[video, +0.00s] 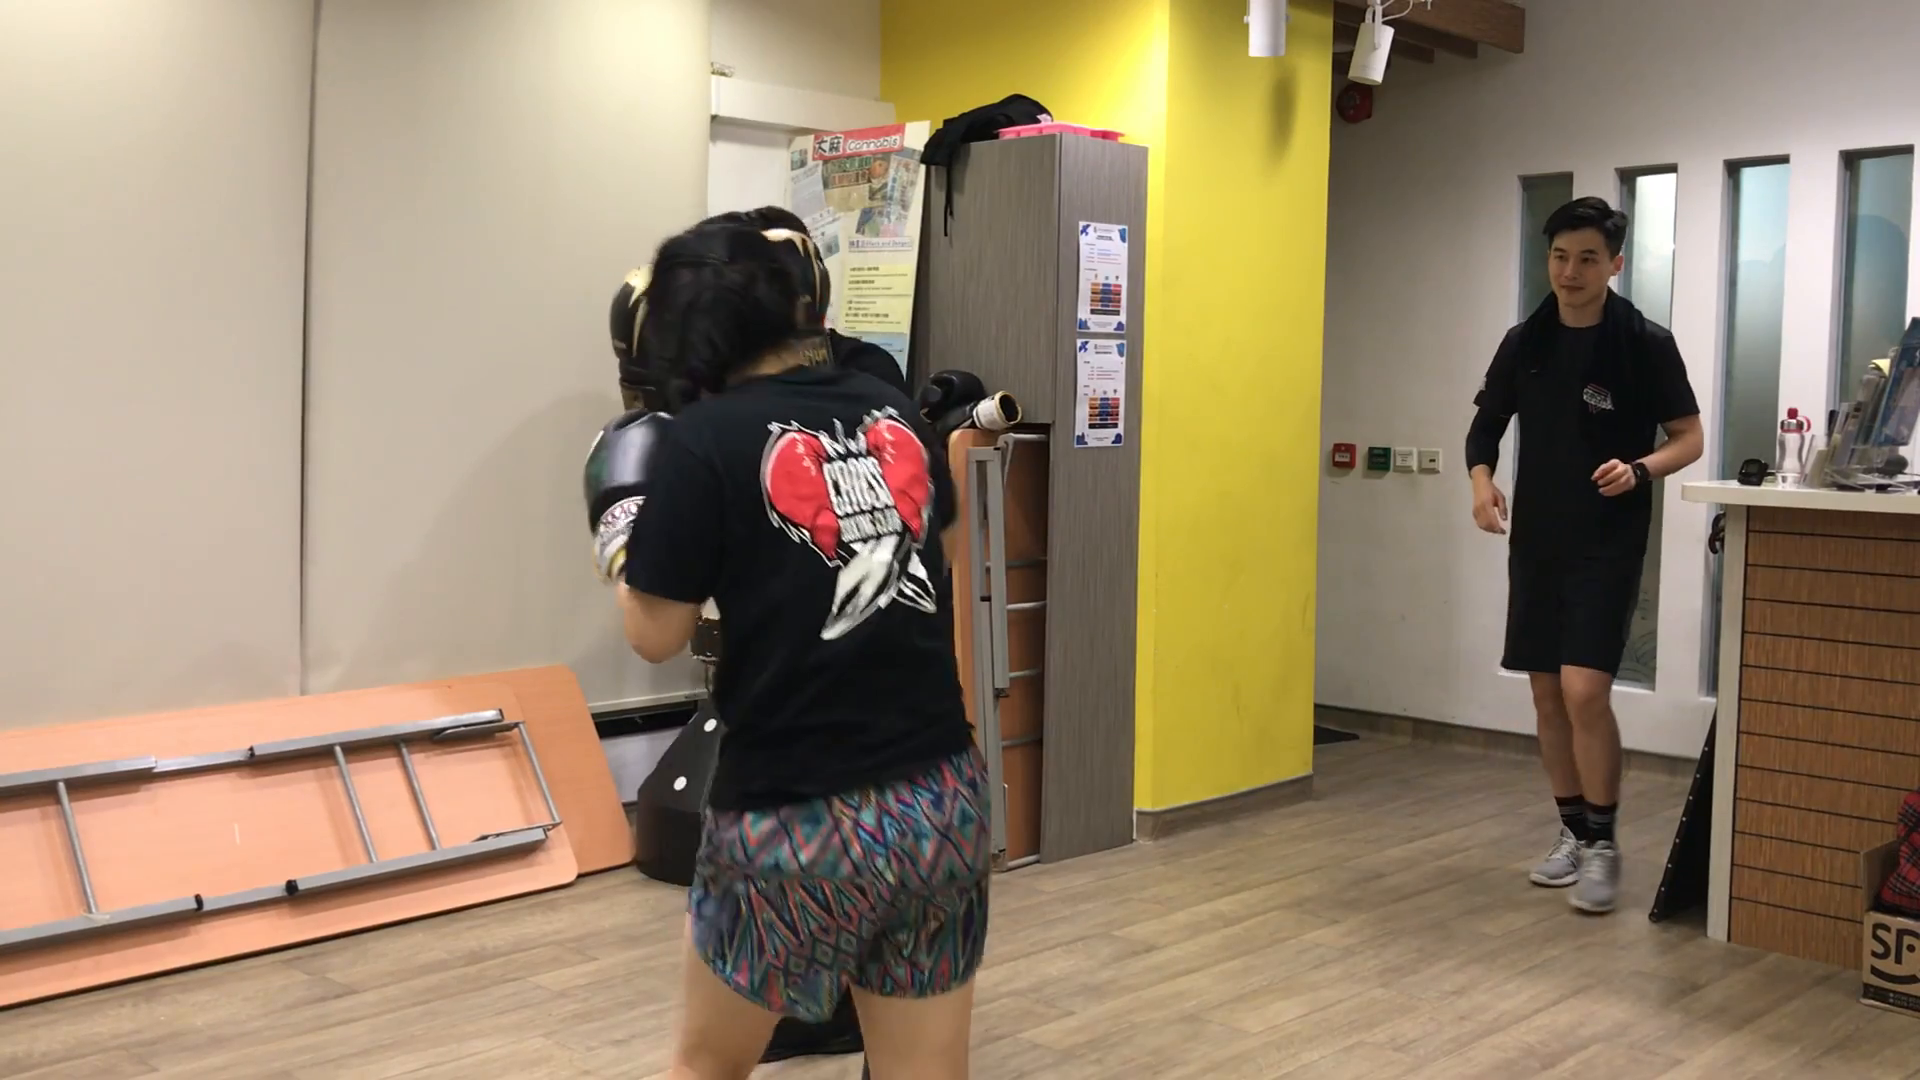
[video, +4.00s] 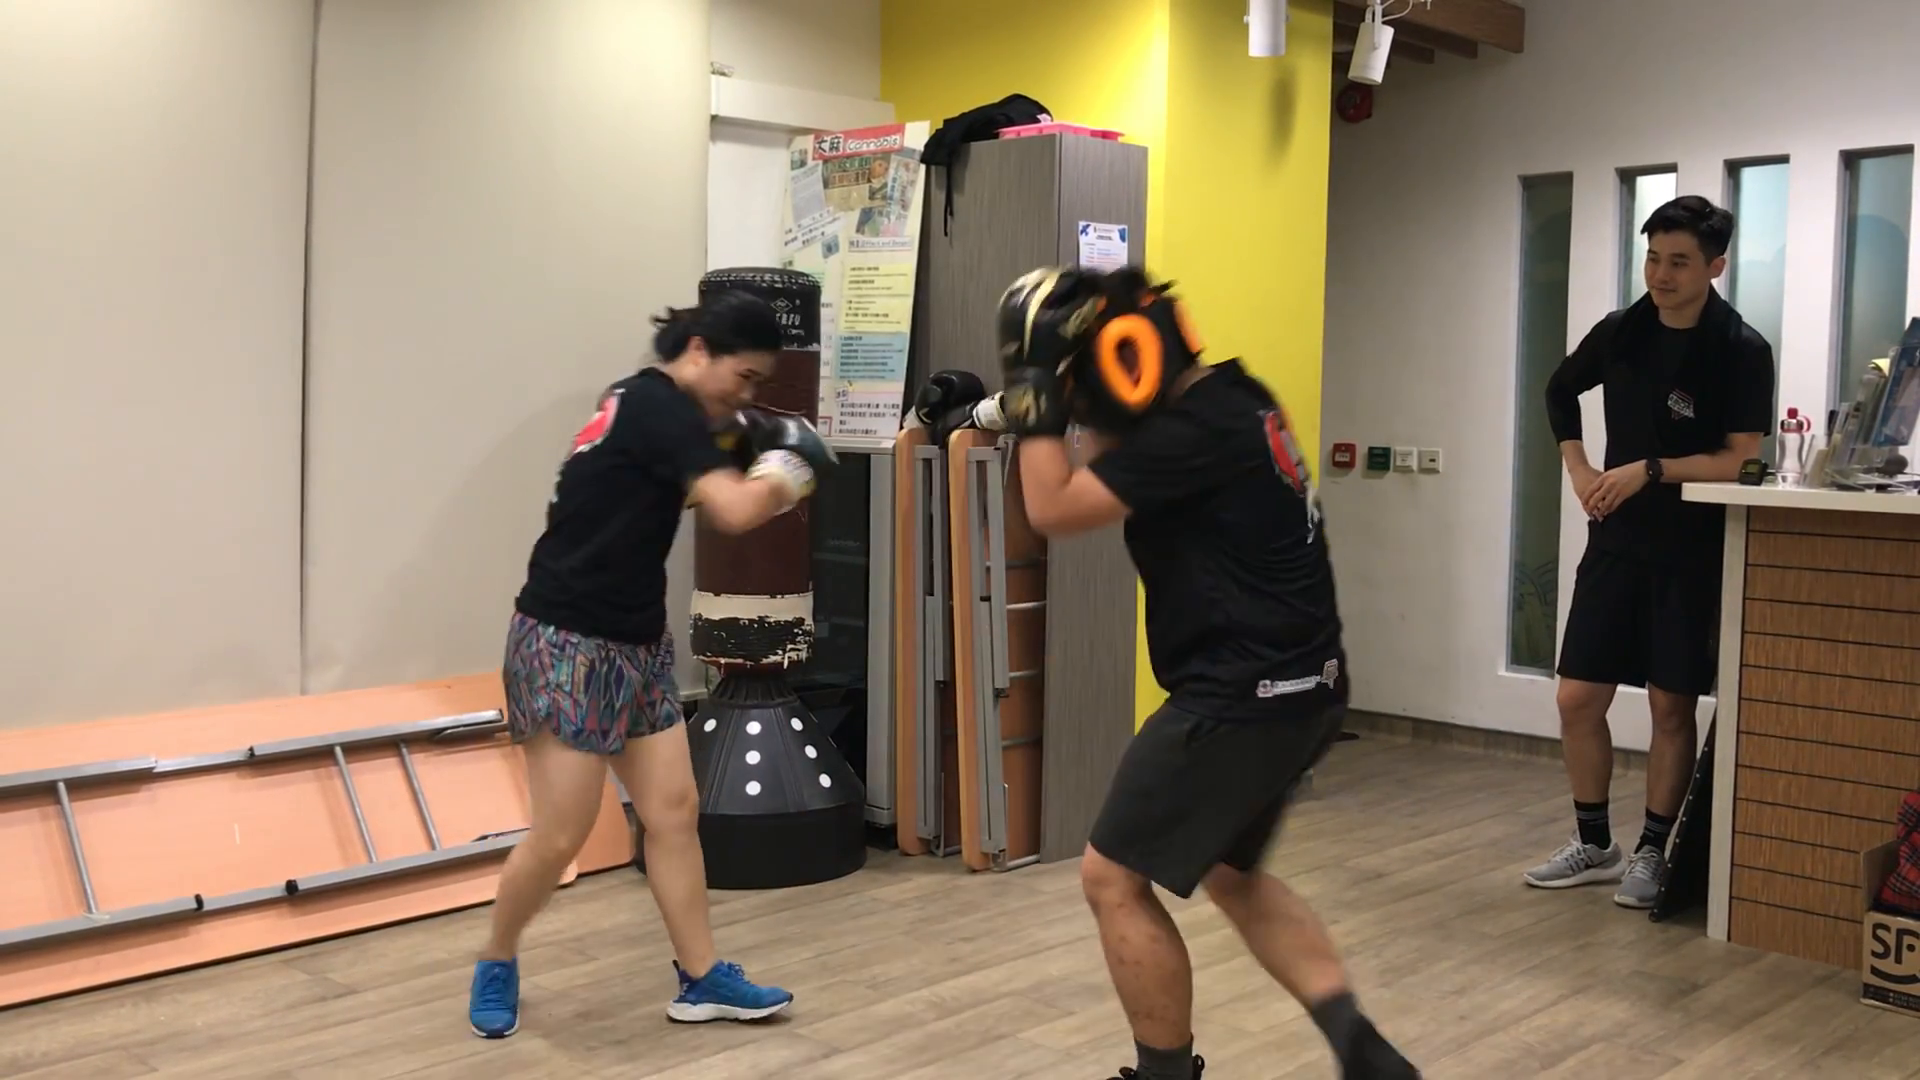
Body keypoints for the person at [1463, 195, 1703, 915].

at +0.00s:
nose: (1570, 270)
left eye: (1586, 258)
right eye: (1560, 257)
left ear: (1614, 263)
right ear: (1547, 261)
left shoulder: (1646, 344)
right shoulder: (1525, 341)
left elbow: (1690, 437)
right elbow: (1485, 424)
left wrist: (1642, 467)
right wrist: (1483, 481)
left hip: (1608, 538)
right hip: (1538, 534)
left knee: (1583, 689)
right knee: (1548, 689)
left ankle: (1601, 845)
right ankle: (1573, 834)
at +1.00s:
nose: (1656, 269)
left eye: (1674, 258)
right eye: (1647, 254)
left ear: (1706, 264)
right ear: (1636, 255)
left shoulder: (1729, 350)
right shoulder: (1609, 328)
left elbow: (1735, 457)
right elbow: (1552, 387)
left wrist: (1647, 471)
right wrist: (1571, 460)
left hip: (1681, 543)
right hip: (1608, 534)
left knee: (1665, 705)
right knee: (1572, 693)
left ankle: (1652, 853)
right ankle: (1593, 843)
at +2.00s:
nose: (1670, 270)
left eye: (1689, 259)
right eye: (1663, 256)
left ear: (1723, 264)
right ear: (1652, 256)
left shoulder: (1747, 350)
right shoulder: (1628, 328)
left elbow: (1745, 457)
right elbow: (1564, 389)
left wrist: (1649, 469)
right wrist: (1585, 467)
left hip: (1699, 546)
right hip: (1624, 538)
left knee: (1674, 706)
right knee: (1583, 696)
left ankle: (1653, 854)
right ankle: (1594, 844)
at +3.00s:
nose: (1667, 264)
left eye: (1685, 254)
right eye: (1659, 251)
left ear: (1718, 263)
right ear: (1647, 255)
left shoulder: (1743, 350)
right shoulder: (1620, 331)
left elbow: (1744, 457)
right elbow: (1559, 390)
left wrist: (1648, 470)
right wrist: (1579, 466)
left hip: (1696, 545)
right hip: (1622, 537)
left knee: (1673, 706)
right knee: (1581, 696)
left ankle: (1652, 854)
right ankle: (1593, 843)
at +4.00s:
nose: (1661, 274)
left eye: (1679, 261)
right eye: (1653, 259)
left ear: (1716, 263)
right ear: (1643, 259)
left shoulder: (1742, 350)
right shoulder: (1620, 331)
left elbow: (1745, 458)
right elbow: (1560, 390)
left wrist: (1649, 469)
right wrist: (1577, 466)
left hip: (1692, 546)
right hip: (1617, 538)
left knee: (1670, 707)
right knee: (1577, 695)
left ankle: (1652, 853)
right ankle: (1593, 843)